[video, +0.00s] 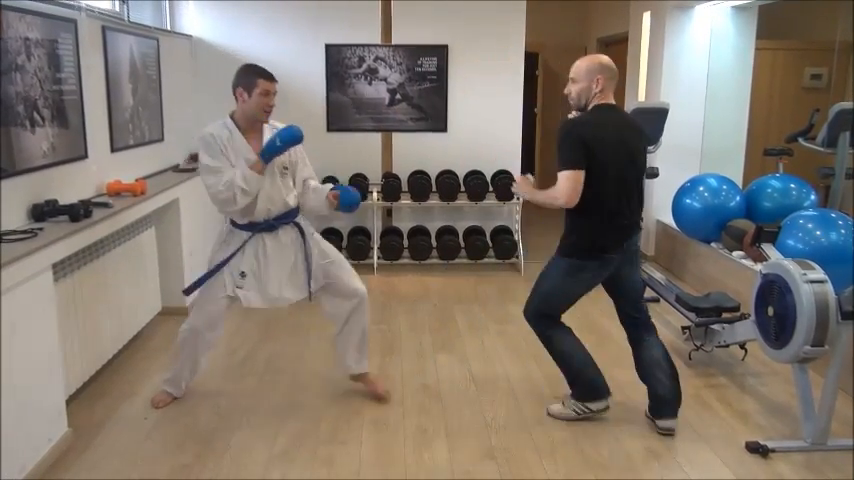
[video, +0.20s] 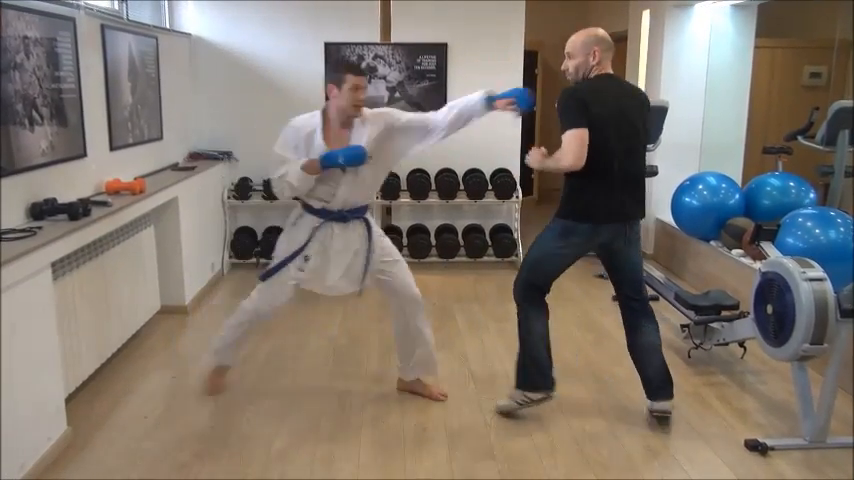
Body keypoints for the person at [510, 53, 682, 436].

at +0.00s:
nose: (566, 89)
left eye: (572, 81)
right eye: (567, 81)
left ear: (597, 84)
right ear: (604, 86)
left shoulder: (576, 128)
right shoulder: (632, 128)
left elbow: (567, 195)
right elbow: (628, 184)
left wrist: (531, 193)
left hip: (586, 249)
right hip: (625, 245)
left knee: (540, 313)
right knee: (639, 322)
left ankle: (591, 396)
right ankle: (665, 412)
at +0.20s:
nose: (564, 64)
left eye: (570, 57)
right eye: (565, 56)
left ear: (594, 56)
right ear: (601, 57)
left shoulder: (576, 97)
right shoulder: (637, 96)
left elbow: (573, 158)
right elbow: (639, 146)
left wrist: (540, 161)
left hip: (581, 218)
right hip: (625, 221)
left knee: (528, 287)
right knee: (635, 301)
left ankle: (535, 383)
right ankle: (660, 397)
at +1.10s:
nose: (644, 73)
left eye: (648, 66)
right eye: (645, 65)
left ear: (670, 69)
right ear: (689, 70)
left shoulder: (642, 116)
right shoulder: (720, 119)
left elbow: (626, 191)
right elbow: (684, 161)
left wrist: (604, 169)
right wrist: (648, 110)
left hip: (642, 243)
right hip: (694, 249)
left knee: (591, 312)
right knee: (704, 335)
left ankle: (608, 417)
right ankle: (721, 439)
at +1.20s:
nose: (632, 52)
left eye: (636, 43)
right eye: (633, 43)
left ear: (656, 45)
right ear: (676, 46)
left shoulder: (632, 92)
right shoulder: (711, 94)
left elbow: (608, 161)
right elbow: (678, 140)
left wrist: (589, 147)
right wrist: (634, 91)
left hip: (627, 220)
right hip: (680, 228)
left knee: (572, 295)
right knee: (690, 326)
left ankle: (583, 399)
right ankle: (712, 431)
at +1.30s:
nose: (610, 52)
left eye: (614, 43)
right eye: (612, 43)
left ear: (635, 43)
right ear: (658, 43)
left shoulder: (614, 87)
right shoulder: (695, 90)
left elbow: (580, 158)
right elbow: (663, 137)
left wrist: (566, 136)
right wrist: (617, 90)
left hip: (615, 219)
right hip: (666, 227)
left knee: (557, 300)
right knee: (672, 325)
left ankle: (548, 406)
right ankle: (685, 432)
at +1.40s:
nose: (588, 76)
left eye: (591, 68)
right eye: (589, 68)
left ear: (612, 69)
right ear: (637, 68)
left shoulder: (599, 118)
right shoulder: (678, 114)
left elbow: (558, 192)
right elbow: (649, 165)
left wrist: (547, 154)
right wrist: (602, 113)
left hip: (597, 244)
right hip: (650, 251)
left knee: (541, 326)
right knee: (649, 346)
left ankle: (521, 434)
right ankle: (650, 447)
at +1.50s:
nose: (567, 102)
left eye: (570, 94)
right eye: (567, 94)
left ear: (591, 97)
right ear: (613, 96)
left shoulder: (585, 153)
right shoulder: (657, 140)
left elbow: (556, 226)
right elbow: (633, 196)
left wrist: (532, 189)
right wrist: (587, 139)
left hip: (583, 271)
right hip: (635, 276)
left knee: (518, 335)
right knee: (633, 368)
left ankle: (521, 447)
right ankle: (638, 463)